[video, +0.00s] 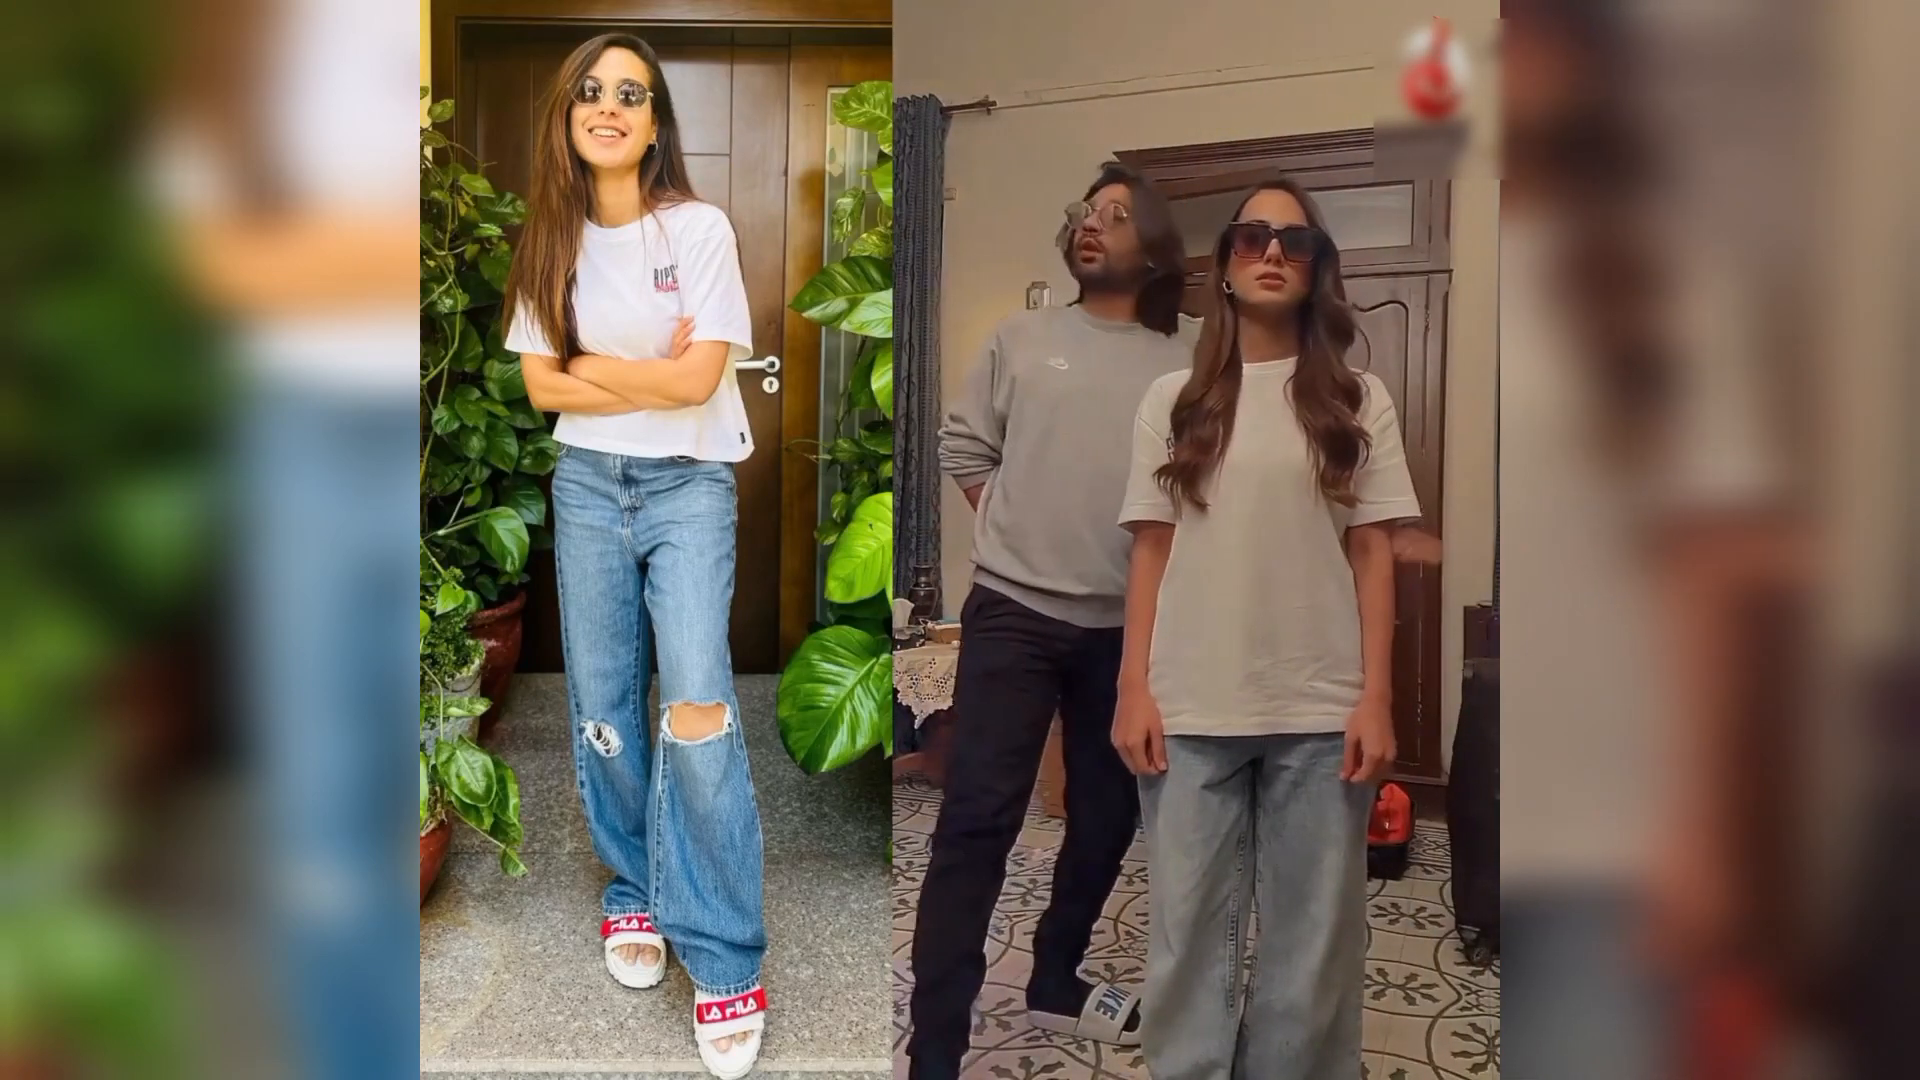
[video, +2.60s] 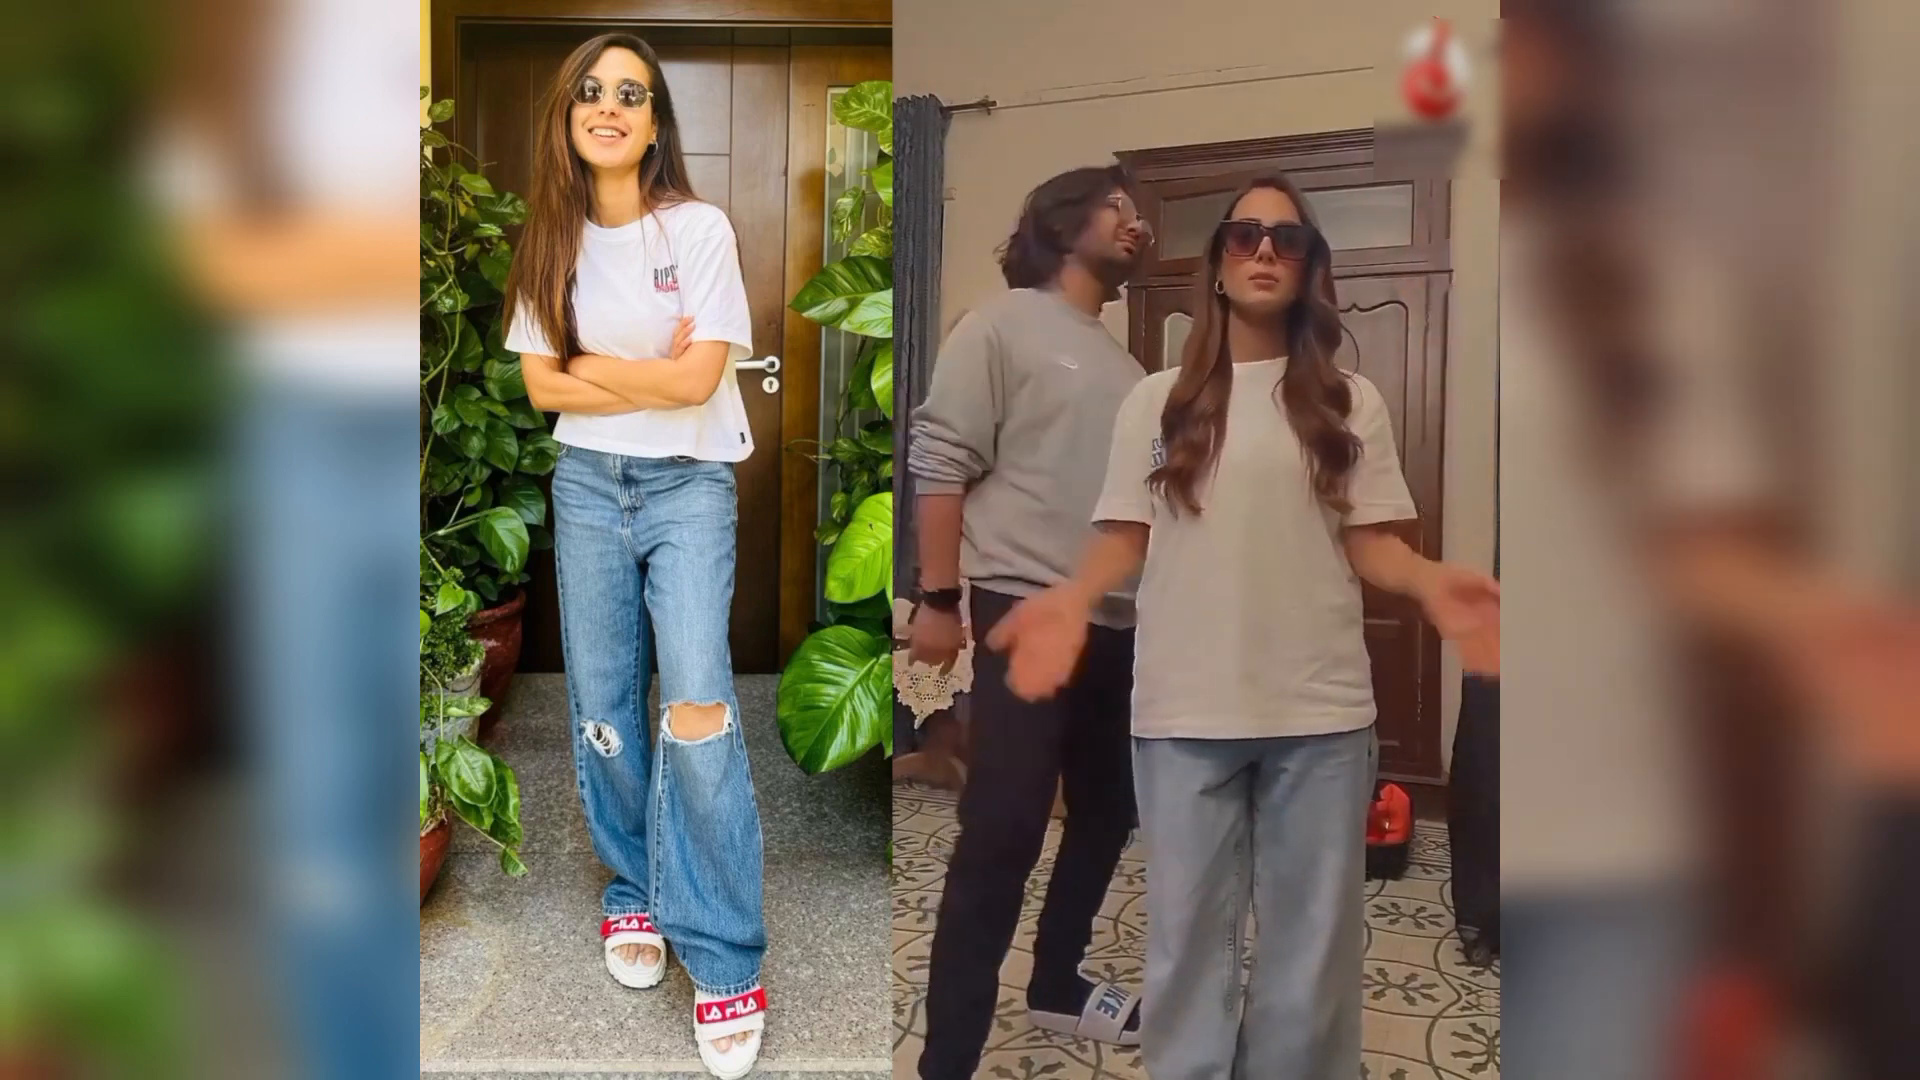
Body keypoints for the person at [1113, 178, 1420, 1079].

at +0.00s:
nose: (1272, 252)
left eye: (1294, 241)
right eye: (1253, 238)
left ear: (1318, 269)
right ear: (1225, 264)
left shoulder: (1358, 396)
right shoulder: (1174, 396)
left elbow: (1373, 555)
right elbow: (1150, 548)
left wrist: (1375, 699)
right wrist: (1134, 684)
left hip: (1324, 717)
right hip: (1191, 716)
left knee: (1312, 959)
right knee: (1184, 949)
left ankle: (1289, 1074)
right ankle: (1186, 1070)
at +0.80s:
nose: (1278, 249)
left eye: (1300, 240)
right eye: (1260, 235)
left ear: (1323, 271)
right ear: (1228, 261)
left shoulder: (1346, 395)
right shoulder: (1164, 390)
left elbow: (1366, 552)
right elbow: (1143, 544)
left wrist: (1386, 682)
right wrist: (1121, 671)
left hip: (1322, 714)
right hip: (1185, 712)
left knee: (1309, 954)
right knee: (1181, 944)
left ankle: (1290, 1073)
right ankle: (1186, 1068)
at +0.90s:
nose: (1274, 247)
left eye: (1295, 236)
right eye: (1255, 233)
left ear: (1320, 265)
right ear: (1225, 260)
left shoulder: (1351, 393)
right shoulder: (1168, 390)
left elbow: (1354, 542)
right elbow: (1164, 540)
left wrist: (1421, 535)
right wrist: (1103, 552)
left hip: (1320, 707)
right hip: (1185, 705)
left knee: (1310, 951)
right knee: (1183, 943)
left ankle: (1293, 1071)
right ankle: (1184, 1067)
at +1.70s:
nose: (1265, 247)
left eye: (1285, 236)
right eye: (1246, 233)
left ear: (1311, 265)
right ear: (1216, 262)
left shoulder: (1346, 396)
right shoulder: (1161, 394)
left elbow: (1353, 544)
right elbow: (1153, 541)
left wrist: (1426, 550)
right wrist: (1070, 544)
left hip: (1317, 708)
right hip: (1180, 707)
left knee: (1308, 949)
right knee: (1183, 942)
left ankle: (1294, 1072)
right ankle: (1185, 1068)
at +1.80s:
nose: (1264, 245)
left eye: (1285, 234)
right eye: (1246, 232)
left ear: (1311, 265)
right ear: (1216, 263)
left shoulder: (1344, 392)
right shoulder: (1163, 390)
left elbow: (1394, 540)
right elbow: (1115, 532)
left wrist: (1431, 407)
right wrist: (1066, 402)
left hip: (1317, 706)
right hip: (1181, 704)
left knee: (1309, 953)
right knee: (1182, 945)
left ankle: (1294, 1072)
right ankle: (1184, 1067)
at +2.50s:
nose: (1266, 248)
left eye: (1286, 236)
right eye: (1247, 234)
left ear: (1311, 263)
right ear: (1217, 258)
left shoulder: (1347, 392)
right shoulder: (1159, 391)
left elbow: (1384, 537)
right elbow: (1105, 531)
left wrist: (1471, 451)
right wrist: (1026, 446)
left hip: (1320, 707)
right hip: (1184, 708)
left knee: (1315, 944)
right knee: (1185, 938)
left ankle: (1294, 1075)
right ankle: (1186, 1069)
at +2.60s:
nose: (1265, 249)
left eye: (1286, 238)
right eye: (1246, 236)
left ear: (1312, 265)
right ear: (1218, 263)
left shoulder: (1350, 398)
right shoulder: (1159, 398)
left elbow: (1370, 539)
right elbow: (1124, 532)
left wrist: (1430, 579)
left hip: (1321, 713)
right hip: (1182, 713)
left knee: (1312, 948)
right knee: (1185, 940)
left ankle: (1297, 1070)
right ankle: (1186, 1066)